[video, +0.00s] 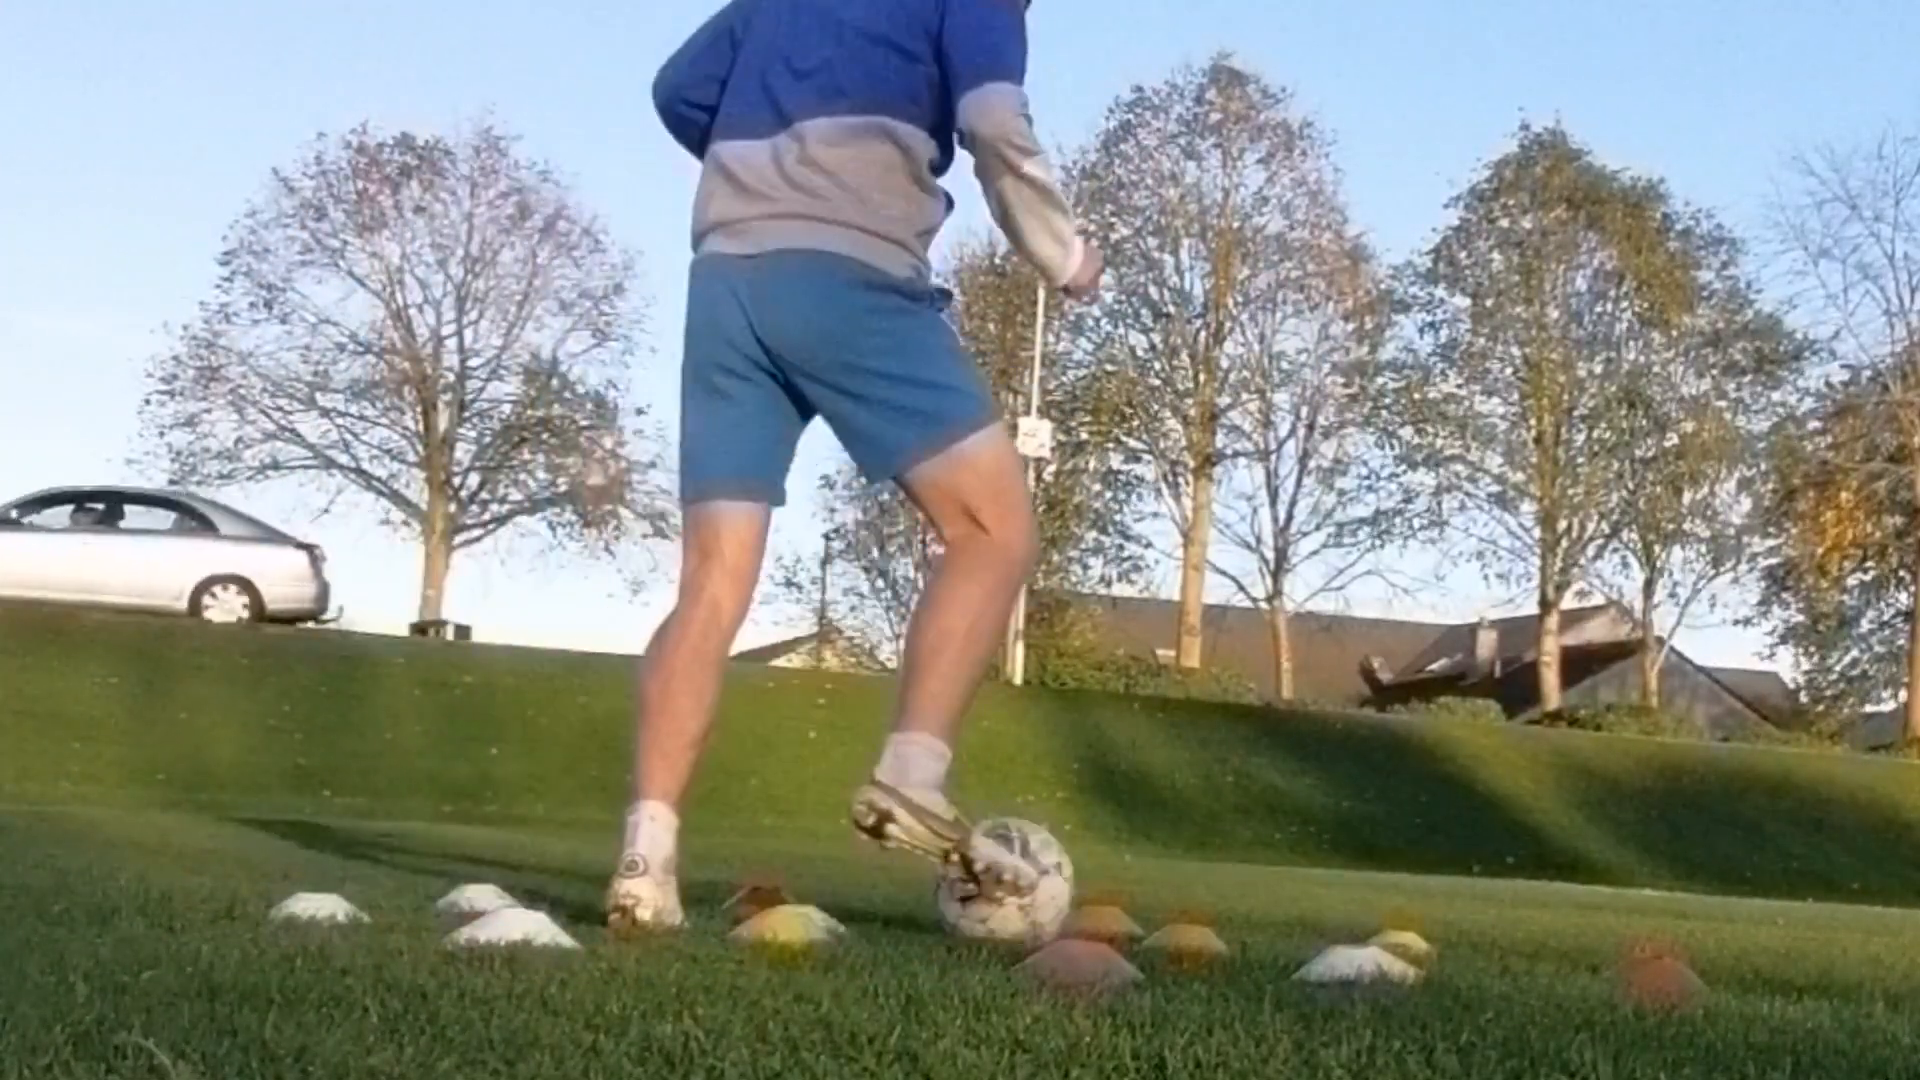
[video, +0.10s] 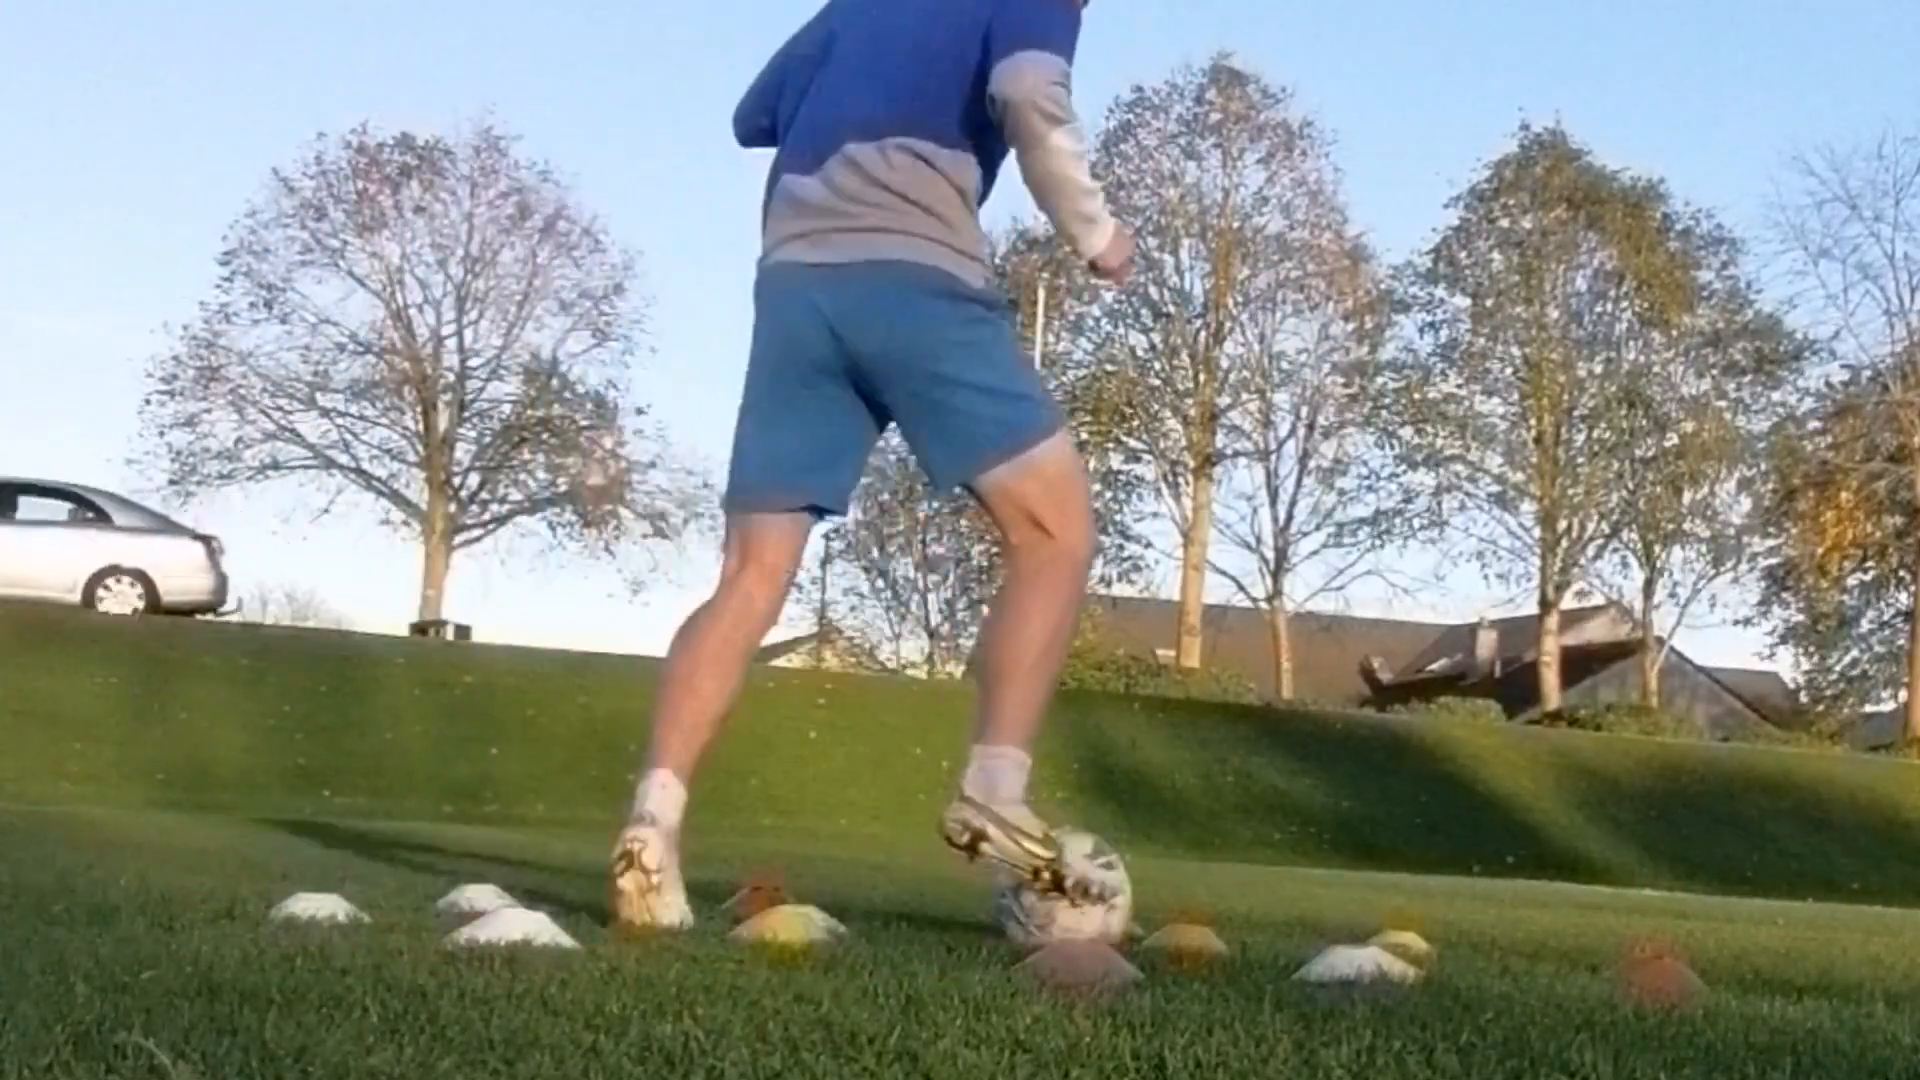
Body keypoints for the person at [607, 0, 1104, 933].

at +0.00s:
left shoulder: (772, 5)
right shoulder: (970, 5)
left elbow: (677, 89)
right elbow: (991, 121)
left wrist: (766, 172)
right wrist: (1066, 256)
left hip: (723, 284)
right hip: (852, 281)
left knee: (710, 585)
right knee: (994, 532)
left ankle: (645, 859)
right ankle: (911, 776)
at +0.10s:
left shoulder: (841, 16)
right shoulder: (1029, 4)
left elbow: (768, 128)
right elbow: (1027, 98)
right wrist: (1092, 227)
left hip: (792, 296)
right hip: (922, 289)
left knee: (750, 574)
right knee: (1055, 534)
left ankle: (652, 821)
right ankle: (994, 792)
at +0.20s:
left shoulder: (901, 33)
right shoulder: (1090, 6)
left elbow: (805, 164)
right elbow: (1094, 89)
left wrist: (910, 233)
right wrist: (1148, 230)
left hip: (879, 333)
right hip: (1007, 331)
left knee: (860, 562)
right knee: (1034, 607)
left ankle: (737, 766)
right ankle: (912, 871)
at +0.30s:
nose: (1173, 32)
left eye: (1175, 22)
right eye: (1172, 19)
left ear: (1041, 3)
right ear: (1139, 5)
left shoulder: (953, 57)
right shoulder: (1154, 44)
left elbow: (867, 157)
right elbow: (1208, 169)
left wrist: (925, 292)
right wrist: (1249, 276)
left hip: (942, 347)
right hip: (1059, 348)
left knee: (960, 595)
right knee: (1029, 620)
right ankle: (905, 877)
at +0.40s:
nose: (1230, 55)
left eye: (1230, 47)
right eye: (1232, 44)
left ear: (1145, 13)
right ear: (1206, 24)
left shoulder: (1015, 60)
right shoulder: (1212, 50)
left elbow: (942, 120)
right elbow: (1294, 186)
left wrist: (986, 272)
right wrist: (1315, 268)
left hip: (985, 351)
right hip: (1098, 355)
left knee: (1067, 590)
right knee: (1170, 607)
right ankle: (1002, 786)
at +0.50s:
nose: (1280, 118)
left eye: (1282, 104)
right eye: (1280, 101)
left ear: (1201, 64)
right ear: (1260, 76)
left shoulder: (1081, 120)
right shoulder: (1250, 97)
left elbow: (978, 217)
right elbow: (1330, 225)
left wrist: (1042, 347)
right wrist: (1361, 286)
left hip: (1049, 411)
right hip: (1158, 402)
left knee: (1157, 648)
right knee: (1333, 574)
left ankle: (1127, 904)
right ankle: (1147, 724)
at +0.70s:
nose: (1390, 126)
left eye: (1384, 118)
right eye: (1384, 114)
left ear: (1291, 95)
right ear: (1358, 96)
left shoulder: (1205, 159)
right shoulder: (1351, 103)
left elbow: (1120, 310)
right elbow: (1446, 162)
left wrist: (1212, 365)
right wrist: (1522, 296)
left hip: (1178, 406)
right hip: (1299, 385)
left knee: (1196, 644)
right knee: (1449, 505)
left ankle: (1128, 892)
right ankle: (1348, 696)